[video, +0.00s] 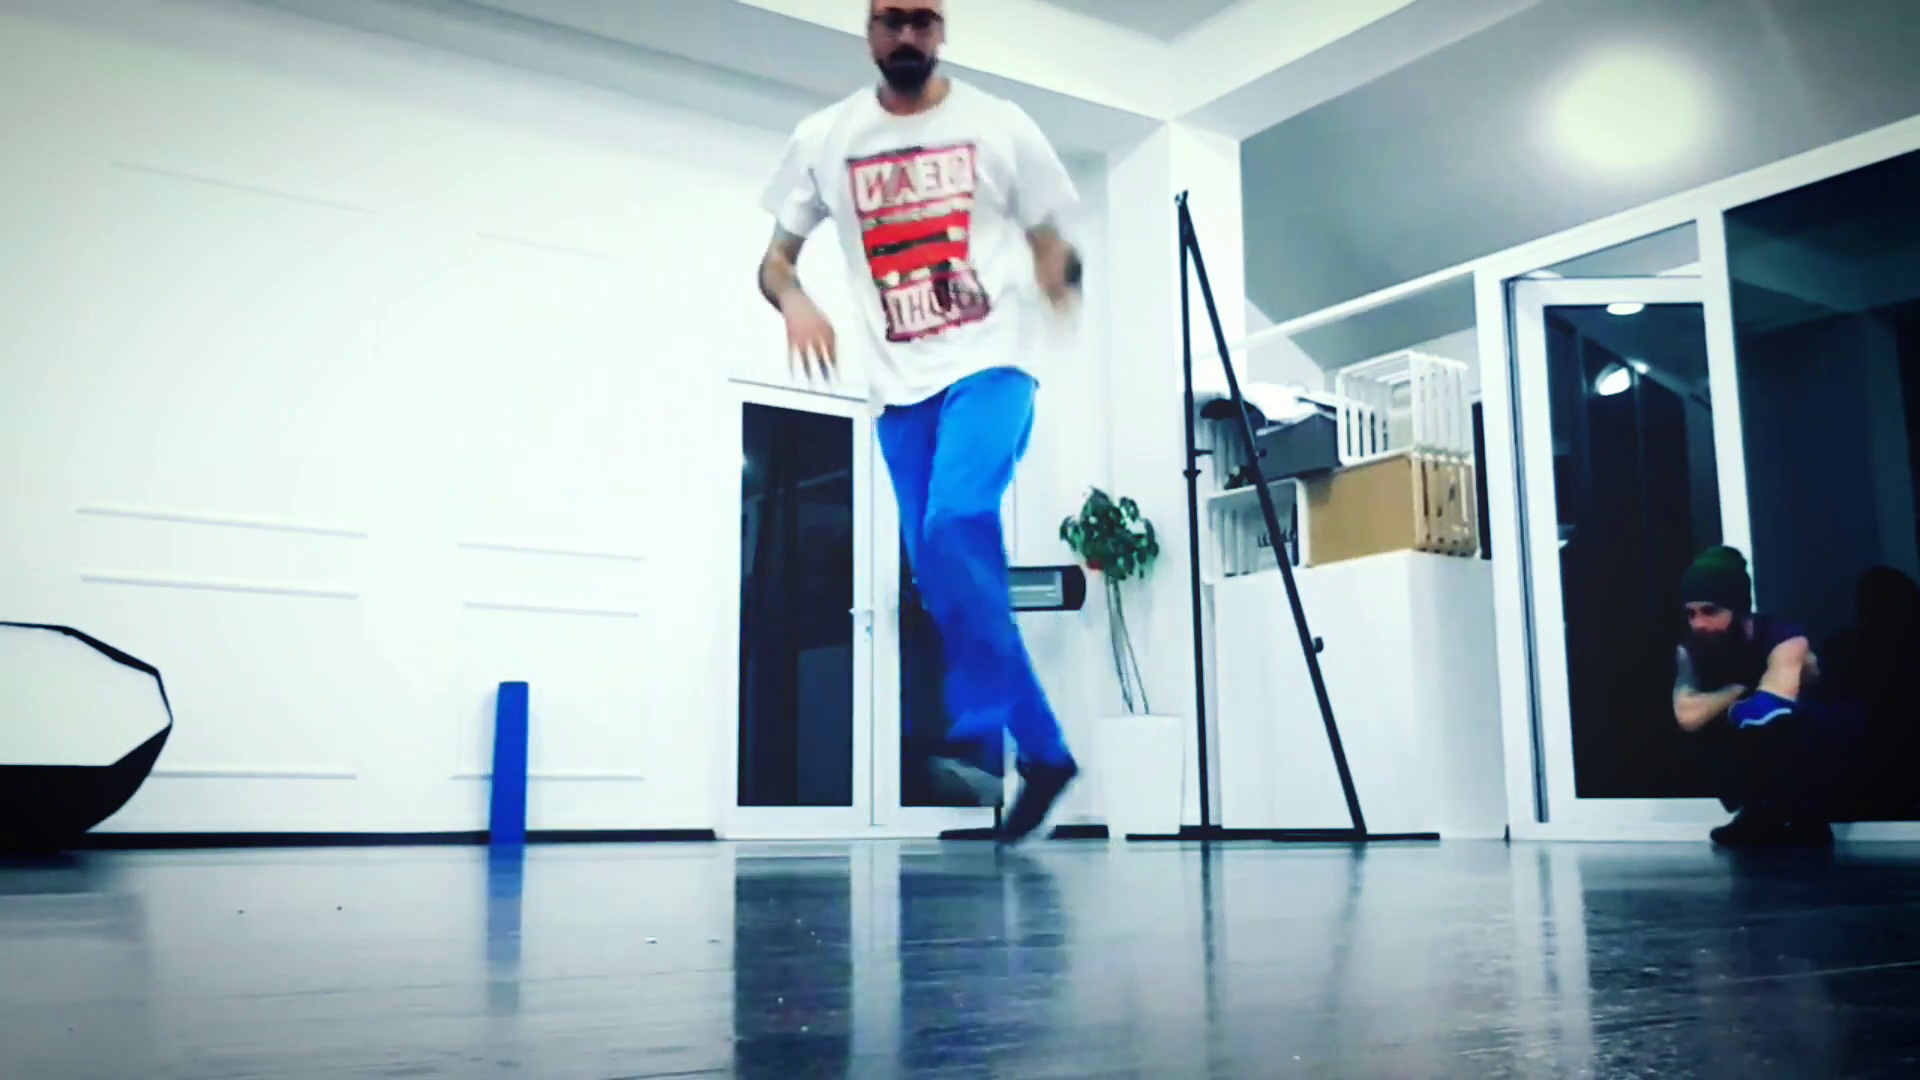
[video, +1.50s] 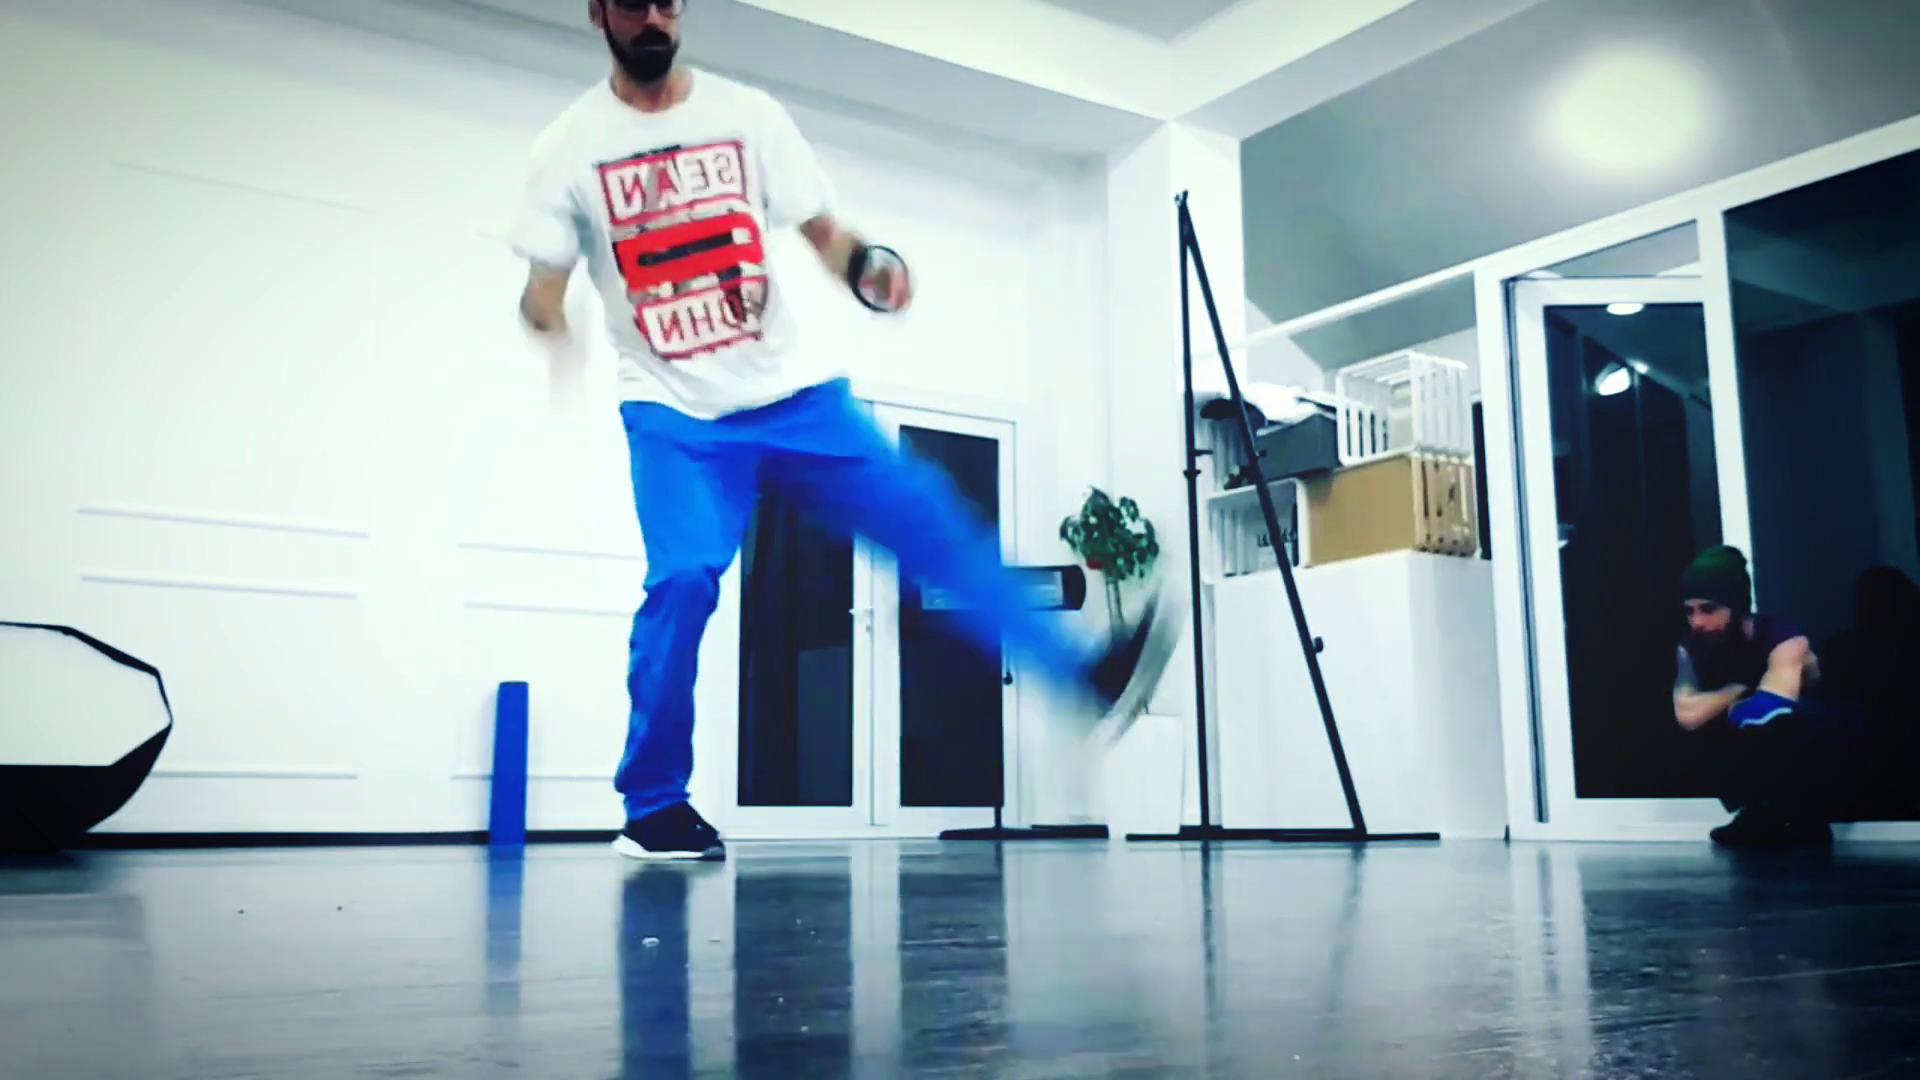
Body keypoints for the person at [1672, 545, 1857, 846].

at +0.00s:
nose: (1698, 624)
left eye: (1709, 612)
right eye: (1691, 614)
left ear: (1738, 608)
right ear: (1685, 613)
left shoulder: (1782, 639)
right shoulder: (1690, 652)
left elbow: (1772, 706)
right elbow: (1687, 715)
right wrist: (1738, 690)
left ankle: (1805, 820)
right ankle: (1756, 813)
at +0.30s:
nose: (1699, 624)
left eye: (1710, 612)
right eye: (1692, 613)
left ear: (1738, 608)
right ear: (1686, 613)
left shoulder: (1783, 639)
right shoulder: (1691, 652)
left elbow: (1774, 704)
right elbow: (1687, 715)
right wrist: (1738, 691)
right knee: (1708, 726)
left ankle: (1805, 820)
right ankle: (1756, 813)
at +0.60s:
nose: (1698, 623)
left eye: (1709, 611)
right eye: (1692, 612)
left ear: (1738, 607)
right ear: (1685, 611)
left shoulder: (1783, 640)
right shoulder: (1691, 651)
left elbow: (1775, 704)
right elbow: (1687, 715)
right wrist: (1738, 690)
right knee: (1708, 727)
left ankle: (1804, 820)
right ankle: (1756, 814)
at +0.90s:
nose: (1698, 623)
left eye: (1709, 610)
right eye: (1691, 612)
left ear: (1738, 607)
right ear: (1685, 611)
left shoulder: (1782, 639)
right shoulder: (1690, 651)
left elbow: (1776, 701)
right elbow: (1687, 716)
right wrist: (1736, 690)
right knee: (1709, 726)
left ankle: (1805, 820)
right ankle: (1756, 814)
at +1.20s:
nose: (1697, 622)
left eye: (1707, 610)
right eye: (1690, 612)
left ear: (1736, 606)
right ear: (1684, 611)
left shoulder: (1781, 639)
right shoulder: (1691, 651)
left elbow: (1776, 700)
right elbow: (1687, 715)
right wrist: (1737, 690)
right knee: (1709, 728)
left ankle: (1805, 820)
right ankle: (1755, 813)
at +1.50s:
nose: (1697, 623)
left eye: (1708, 610)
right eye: (1690, 612)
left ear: (1735, 605)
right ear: (1684, 610)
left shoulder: (1782, 639)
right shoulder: (1691, 651)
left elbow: (1776, 705)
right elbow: (1688, 714)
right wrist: (1738, 691)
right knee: (1706, 726)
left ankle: (1803, 820)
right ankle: (1756, 814)